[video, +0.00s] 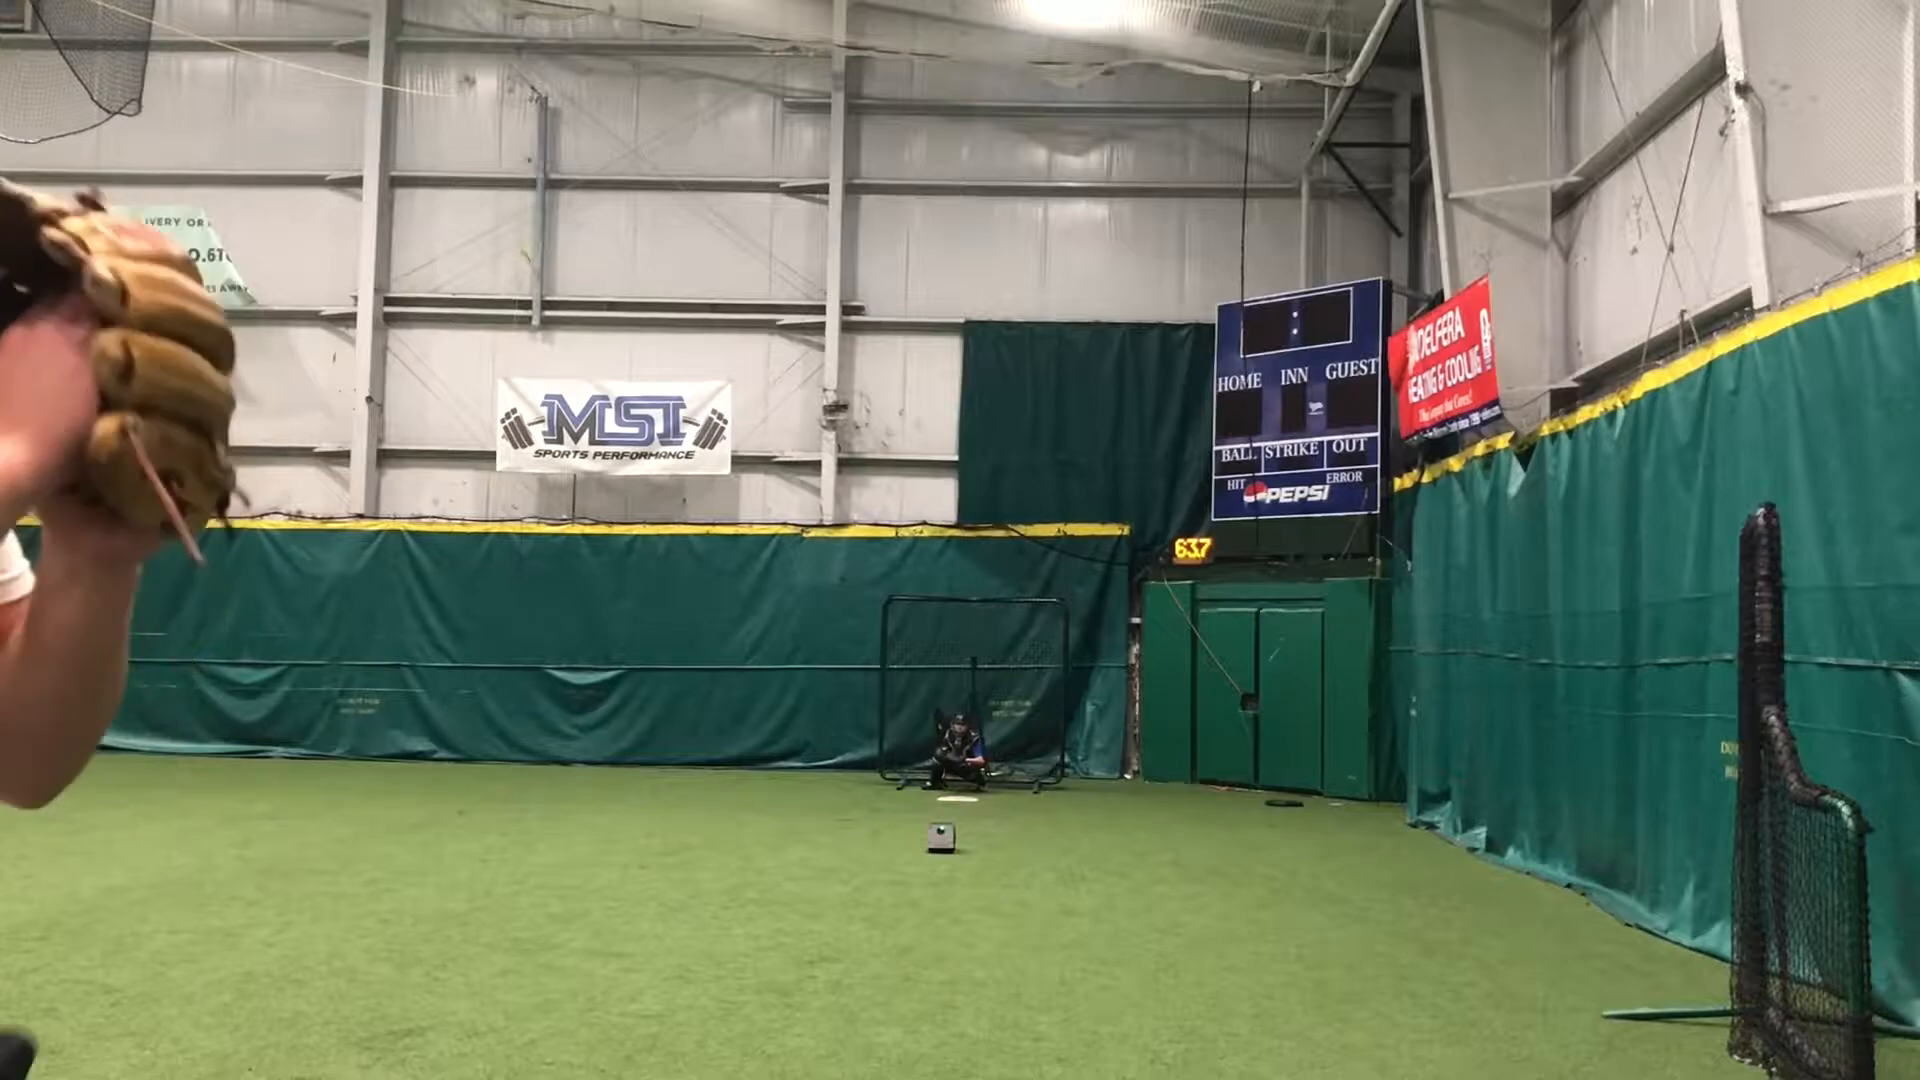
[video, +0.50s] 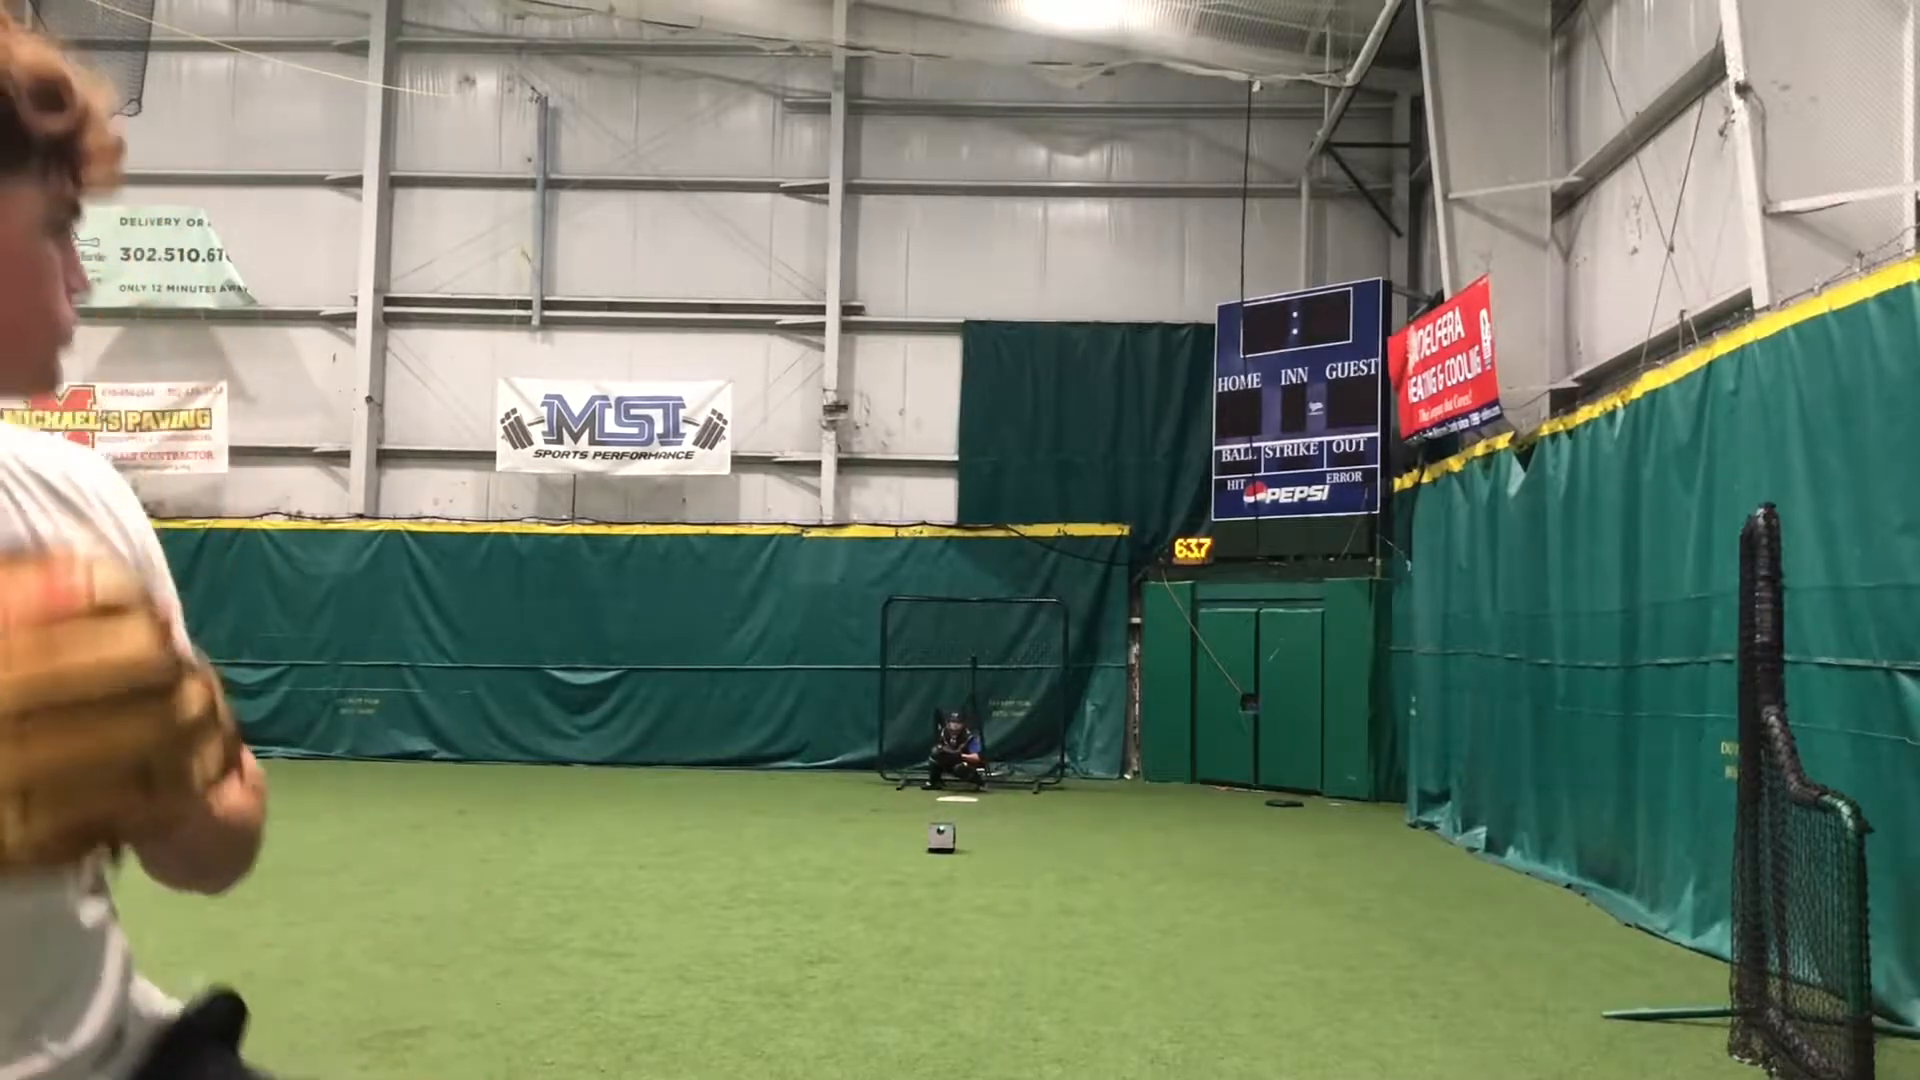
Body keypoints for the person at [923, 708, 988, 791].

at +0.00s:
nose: (959, 728)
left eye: (962, 725)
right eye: (957, 724)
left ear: (967, 726)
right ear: (952, 726)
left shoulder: (974, 739)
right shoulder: (946, 736)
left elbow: (981, 761)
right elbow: (940, 752)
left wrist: (966, 760)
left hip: (966, 766)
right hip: (950, 764)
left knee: (975, 776)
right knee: (938, 760)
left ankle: (981, 783)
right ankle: (935, 782)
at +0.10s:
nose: (958, 727)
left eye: (961, 724)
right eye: (956, 724)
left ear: (966, 726)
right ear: (951, 725)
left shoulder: (973, 738)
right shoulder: (946, 735)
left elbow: (980, 760)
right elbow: (939, 751)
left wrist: (964, 759)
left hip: (966, 766)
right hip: (949, 764)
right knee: (937, 760)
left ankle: (981, 783)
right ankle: (935, 782)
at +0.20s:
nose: (957, 726)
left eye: (960, 724)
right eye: (955, 723)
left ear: (965, 725)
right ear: (950, 725)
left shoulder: (972, 738)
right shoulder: (945, 735)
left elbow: (979, 759)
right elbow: (938, 751)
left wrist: (963, 757)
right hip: (948, 763)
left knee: (963, 768)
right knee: (936, 760)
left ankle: (980, 782)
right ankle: (936, 782)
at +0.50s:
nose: (954, 726)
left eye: (958, 723)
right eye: (952, 722)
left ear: (963, 725)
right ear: (947, 724)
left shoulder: (970, 738)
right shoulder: (942, 735)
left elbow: (976, 758)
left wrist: (960, 756)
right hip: (946, 760)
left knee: (960, 768)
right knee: (935, 753)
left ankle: (980, 782)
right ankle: (935, 782)